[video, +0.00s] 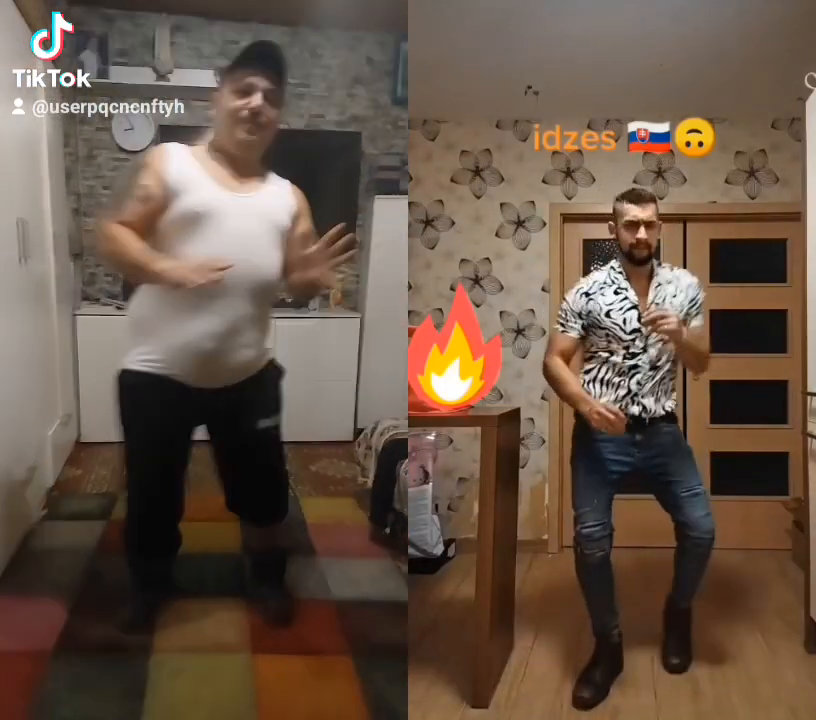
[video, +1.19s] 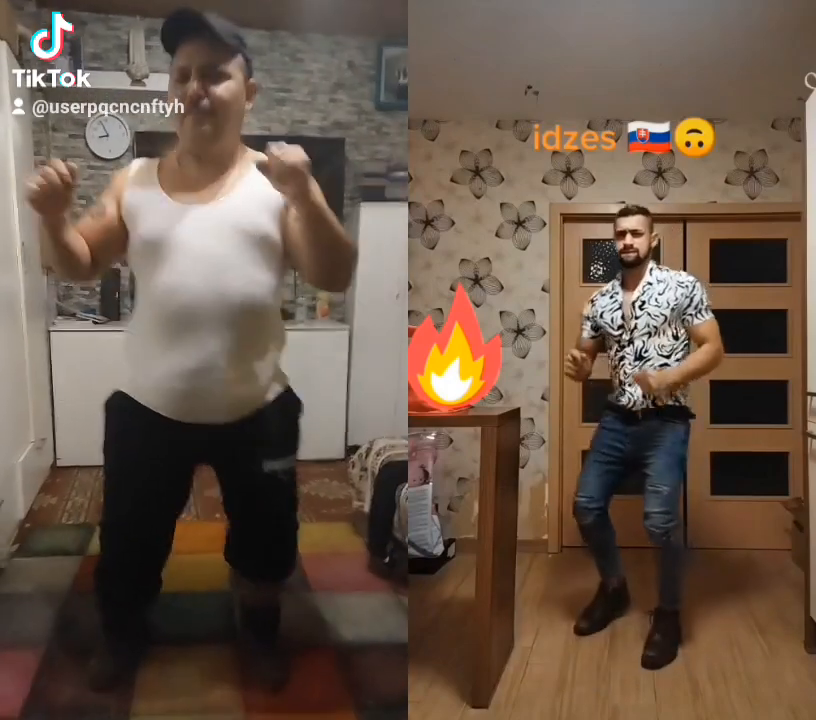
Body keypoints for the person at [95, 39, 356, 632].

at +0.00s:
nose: (255, 107)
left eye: (269, 99)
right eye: (245, 92)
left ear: (281, 117)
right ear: (216, 97)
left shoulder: (287, 198)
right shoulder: (168, 164)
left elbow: (298, 283)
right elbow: (113, 233)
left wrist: (304, 277)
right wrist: (167, 268)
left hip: (245, 374)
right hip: (158, 371)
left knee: (264, 495)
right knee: (152, 499)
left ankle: (268, 584)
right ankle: (147, 594)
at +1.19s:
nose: (195, 89)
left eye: (214, 75)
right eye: (183, 76)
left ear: (249, 90)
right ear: (170, 90)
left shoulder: (276, 184)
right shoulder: (137, 181)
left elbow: (335, 274)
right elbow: (77, 264)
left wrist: (304, 190)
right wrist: (54, 219)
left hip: (254, 413)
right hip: (150, 412)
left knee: (265, 550)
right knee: (127, 558)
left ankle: (261, 643)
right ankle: (119, 651)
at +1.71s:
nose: (198, 158)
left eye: (208, 141)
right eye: (181, 149)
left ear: (236, 149)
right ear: (166, 171)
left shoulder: (282, 224)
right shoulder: (153, 251)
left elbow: (343, 302)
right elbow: (107, 332)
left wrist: (341, 246)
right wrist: (99, 270)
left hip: (273, 452)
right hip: (173, 455)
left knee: (290, 600)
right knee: (152, 601)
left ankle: (293, 700)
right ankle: (135, 702)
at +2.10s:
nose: (258, 244)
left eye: (272, 232)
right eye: (242, 230)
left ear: (286, 248)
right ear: (212, 247)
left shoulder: (316, 330)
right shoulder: (170, 325)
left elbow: (370, 414)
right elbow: (102, 399)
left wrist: (359, 327)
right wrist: (92, 355)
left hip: (286, 575)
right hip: (169, 574)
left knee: (308, 712)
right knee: (140, 712)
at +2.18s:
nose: (252, 265)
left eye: (267, 256)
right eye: (236, 253)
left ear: (281, 277)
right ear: (207, 271)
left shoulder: (304, 357)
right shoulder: (158, 345)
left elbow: (347, 453)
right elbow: (81, 416)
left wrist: (335, 348)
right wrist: (72, 356)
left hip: (271, 615)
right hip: (147, 613)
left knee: (297, 713)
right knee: (124, 711)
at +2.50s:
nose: (207, 225)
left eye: (223, 217)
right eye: (185, 213)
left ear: (237, 248)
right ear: (149, 242)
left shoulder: (276, 344)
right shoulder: (106, 327)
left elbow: (311, 475)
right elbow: (14, 406)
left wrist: (324, 440)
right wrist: (80, 296)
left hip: (245, 642)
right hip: (104, 647)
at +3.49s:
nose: (122, 20)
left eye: (137, 3)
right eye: (98, 11)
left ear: (165, 23)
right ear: (72, 42)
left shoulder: (221, 105)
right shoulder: (68, 158)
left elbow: (292, 207)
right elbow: (18, 249)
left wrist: (227, 267)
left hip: (254, 387)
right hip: (136, 406)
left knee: (327, 546)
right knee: (149, 591)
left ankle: (372, 680)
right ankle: (158, 705)